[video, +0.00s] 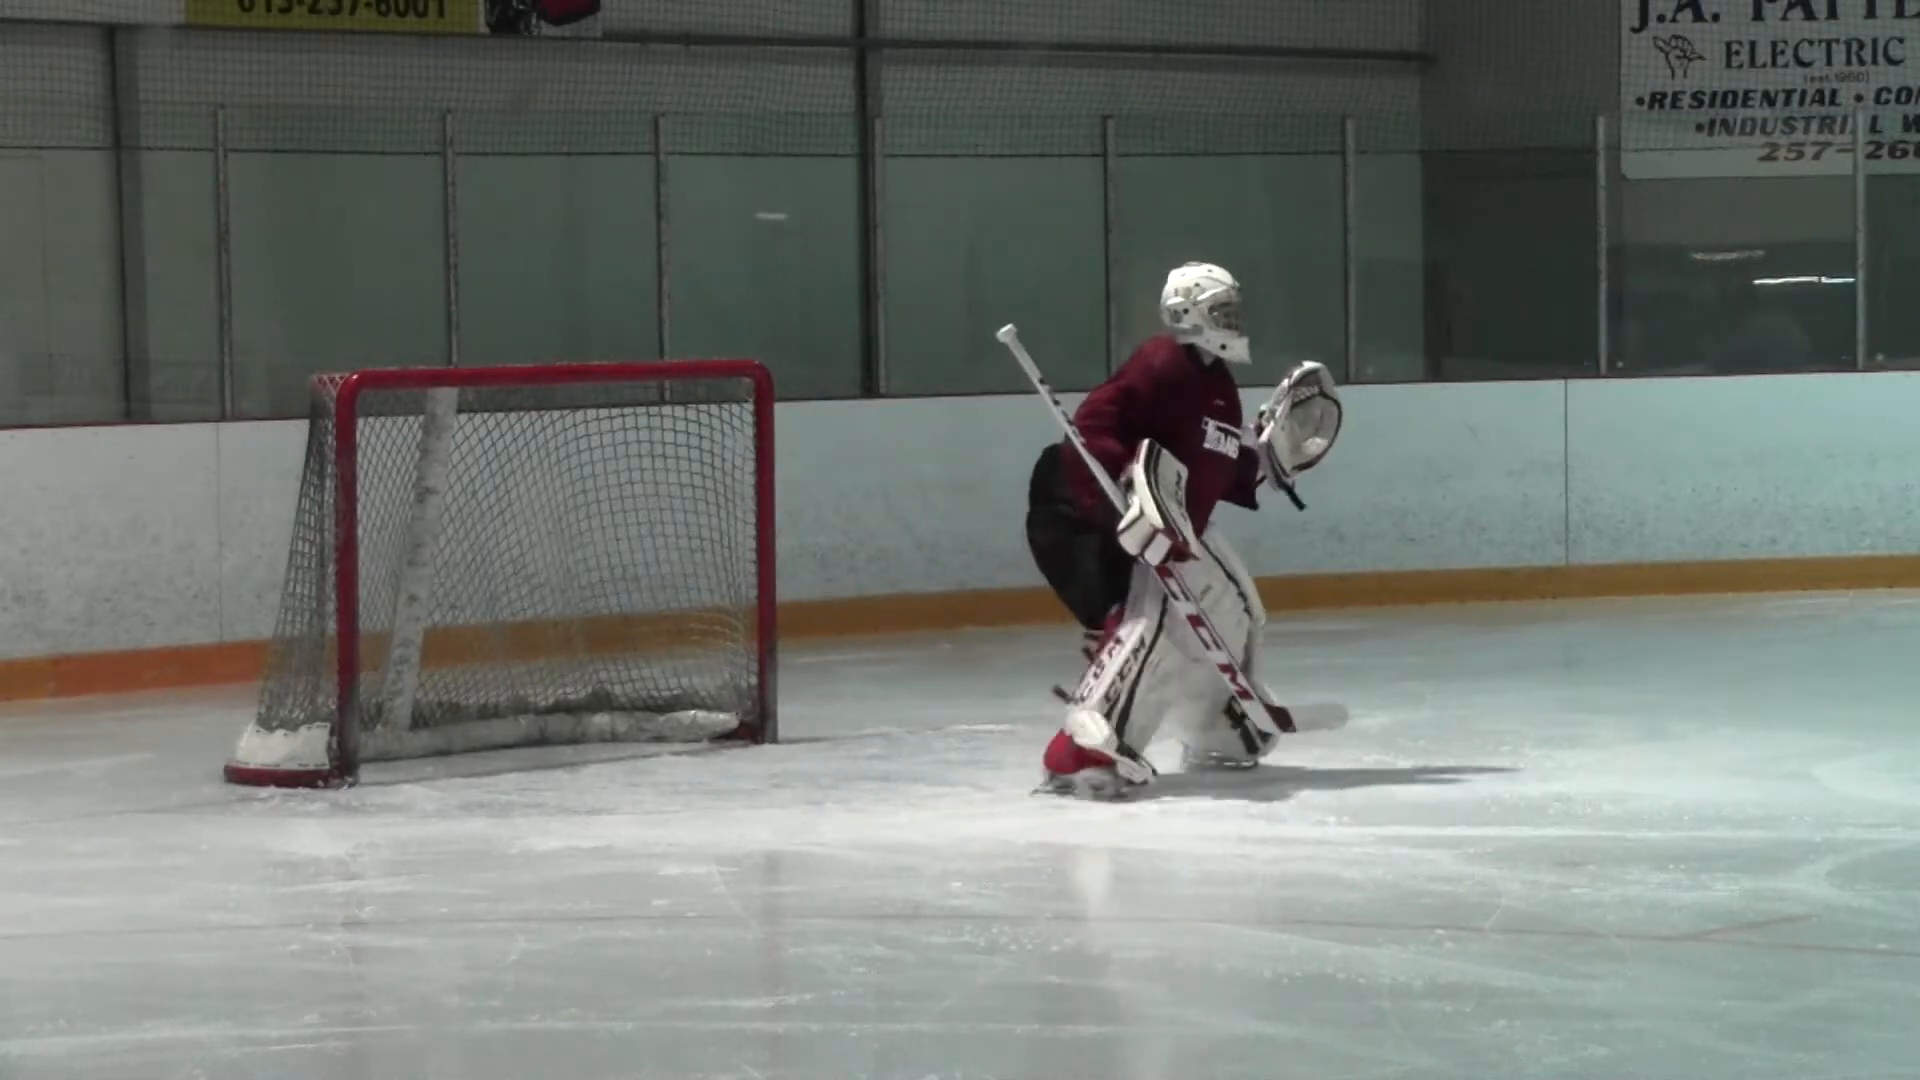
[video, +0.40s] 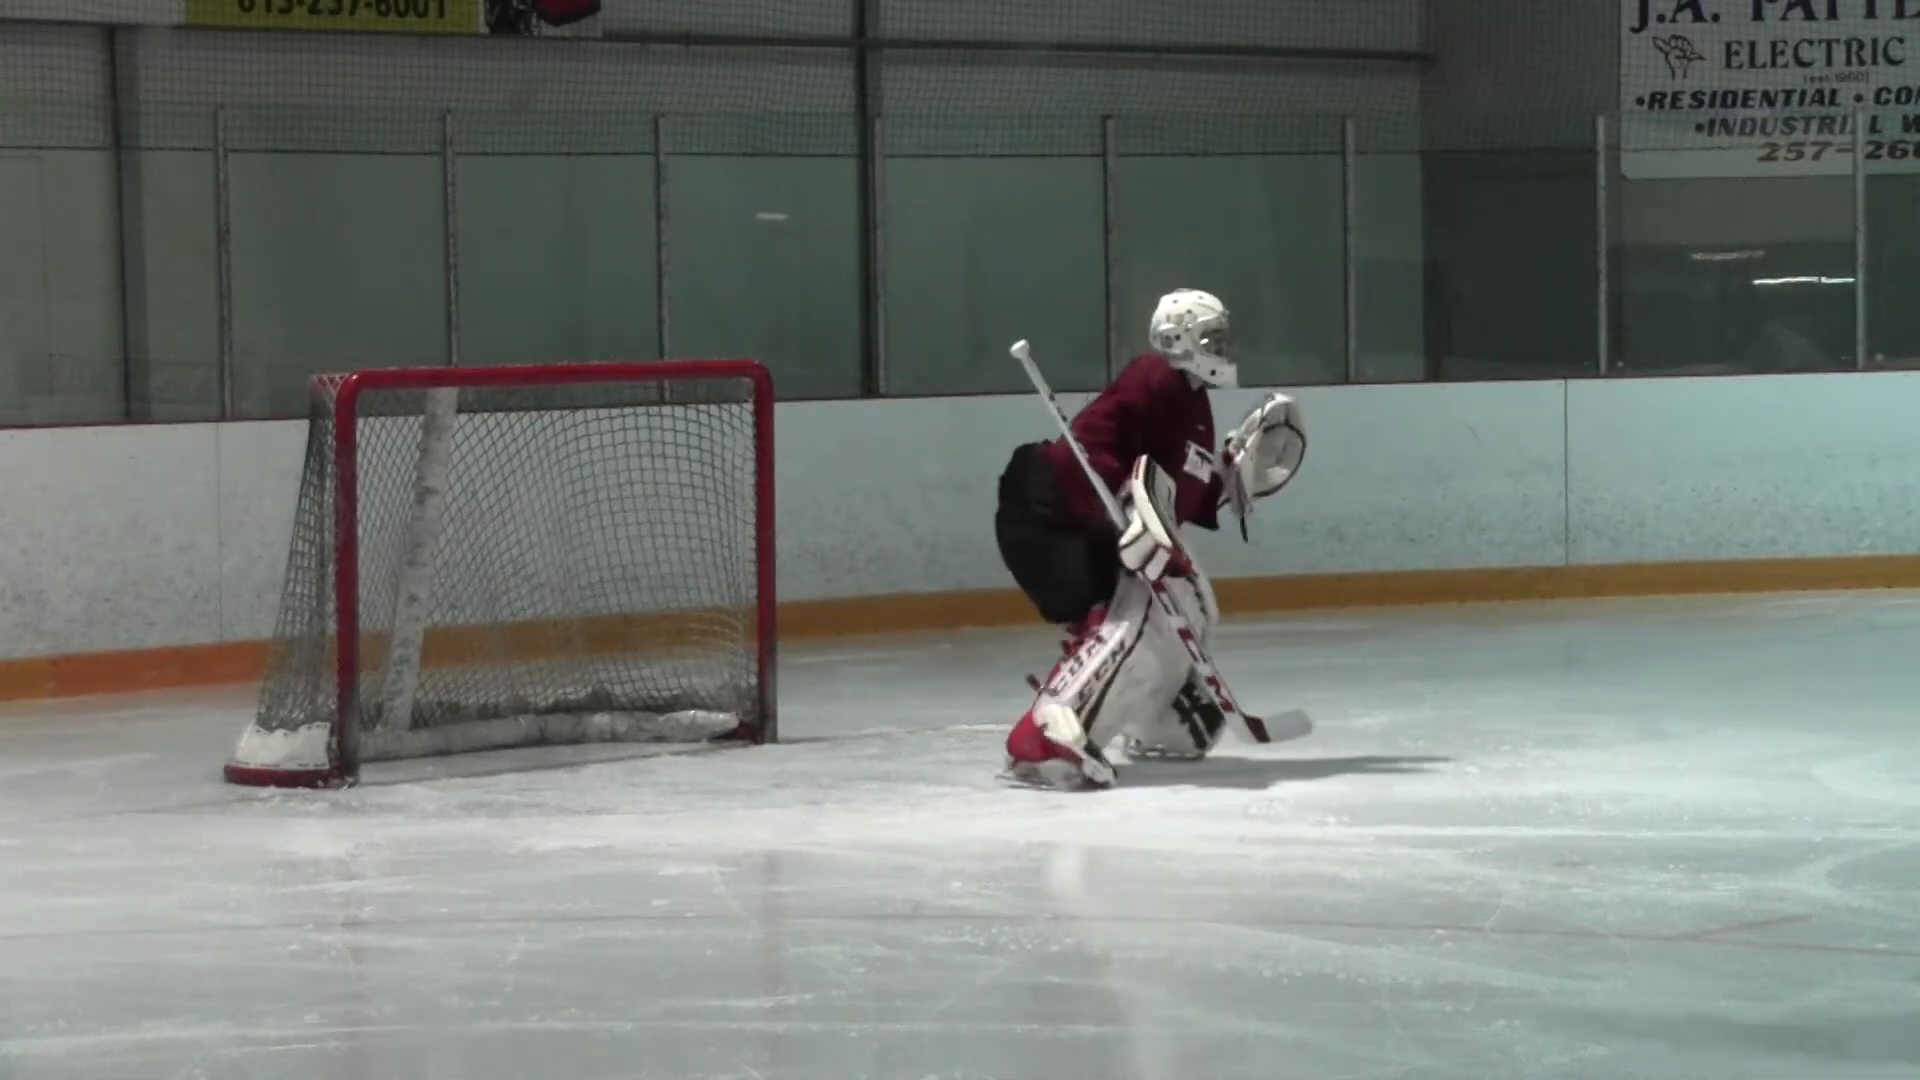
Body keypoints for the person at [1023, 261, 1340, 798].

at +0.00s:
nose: (1234, 318)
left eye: (1234, 308)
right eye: (1221, 310)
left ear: (1228, 314)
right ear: (1189, 317)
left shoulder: (1220, 382)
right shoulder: (1161, 364)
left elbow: (1209, 463)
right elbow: (1091, 422)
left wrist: (1270, 459)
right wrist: (1137, 480)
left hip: (1170, 525)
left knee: (1233, 612)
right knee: (1158, 623)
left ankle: (1218, 736)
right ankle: (1088, 748)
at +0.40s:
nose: (1224, 346)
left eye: (1224, 335)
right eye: (1213, 337)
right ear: (1182, 342)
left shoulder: (1193, 402)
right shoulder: (1155, 378)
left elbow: (1191, 493)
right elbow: (1087, 439)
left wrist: (1239, 479)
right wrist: (1131, 508)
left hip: (1094, 512)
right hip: (1046, 499)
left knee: (1182, 596)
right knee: (1123, 618)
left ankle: (1160, 726)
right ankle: (1044, 735)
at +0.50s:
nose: (1215, 358)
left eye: (1215, 347)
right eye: (1203, 348)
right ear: (1173, 353)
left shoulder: (1180, 410)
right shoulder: (1147, 386)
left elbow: (1187, 513)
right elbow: (1076, 451)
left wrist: (1232, 482)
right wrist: (1119, 524)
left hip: (1068, 517)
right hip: (1028, 505)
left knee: (1161, 596)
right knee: (1124, 616)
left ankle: (1120, 725)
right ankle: (1030, 726)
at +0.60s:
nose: (1202, 371)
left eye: (1202, 359)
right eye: (1191, 359)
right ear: (1160, 364)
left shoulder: (1168, 423)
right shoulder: (1133, 398)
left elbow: (1166, 525)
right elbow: (1067, 462)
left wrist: (1209, 493)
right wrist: (1120, 533)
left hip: (1060, 534)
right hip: (1018, 524)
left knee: (1137, 622)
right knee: (1109, 632)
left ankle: (1097, 729)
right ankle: (1011, 729)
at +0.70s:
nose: (1192, 385)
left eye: (1192, 373)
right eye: (1181, 374)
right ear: (1150, 378)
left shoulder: (1148, 423)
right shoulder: (1128, 415)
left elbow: (1165, 511)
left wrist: (1201, 504)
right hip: (1012, 538)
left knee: (1130, 651)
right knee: (1117, 655)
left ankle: (1080, 734)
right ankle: (1010, 727)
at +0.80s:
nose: (1186, 398)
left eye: (1186, 387)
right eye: (1175, 388)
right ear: (1145, 391)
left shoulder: (1145, 441)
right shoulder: (1119, 426)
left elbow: (1157, 531)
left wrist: (1191, 518)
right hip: (1002, 546)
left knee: (1127, 652)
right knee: (1113, 657)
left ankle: (1075, 736)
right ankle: (1007, 729)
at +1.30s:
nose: (1170, 441)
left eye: (1176, 430)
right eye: (1165, 428)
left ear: (1119, 409)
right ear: (1147, 422)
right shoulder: (1132, 483)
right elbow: (1129, 599)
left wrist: (1189, 625)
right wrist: (1173, 671)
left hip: (1005, 630)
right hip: (1053, 645)